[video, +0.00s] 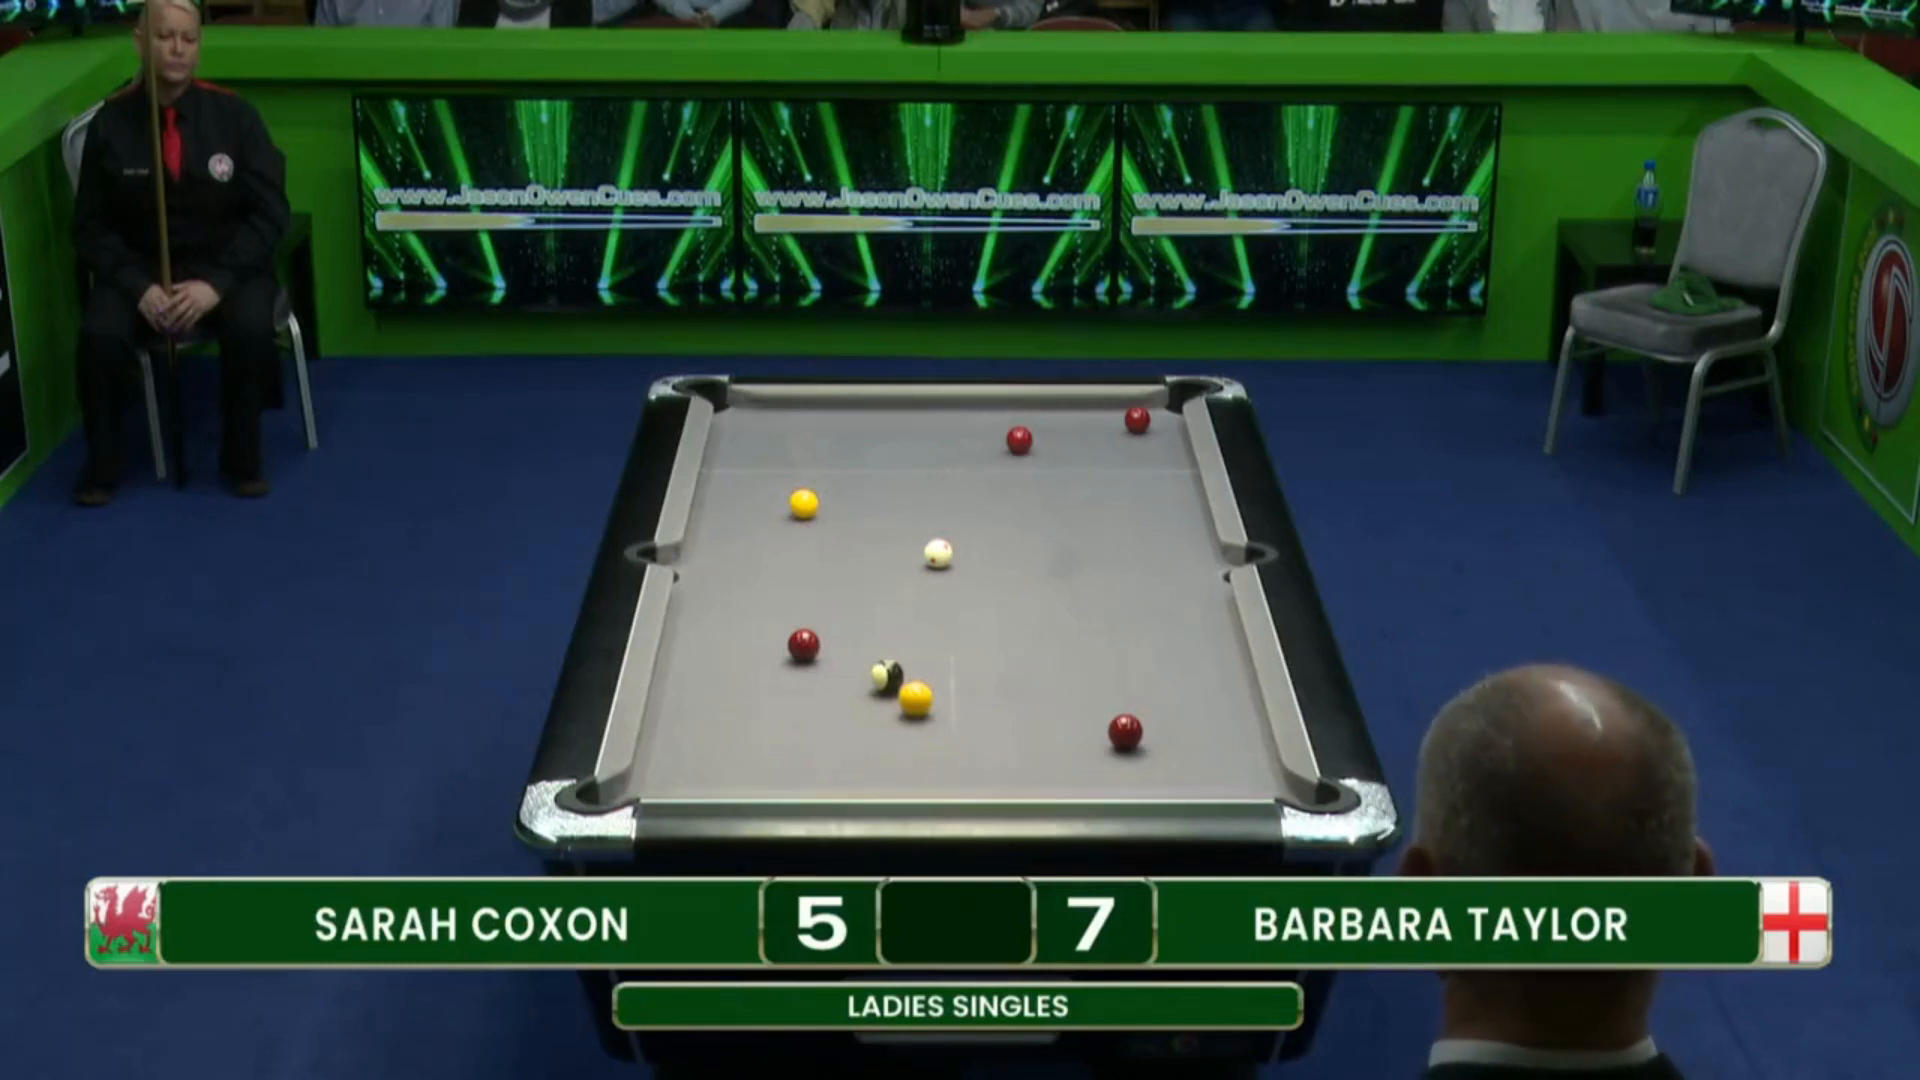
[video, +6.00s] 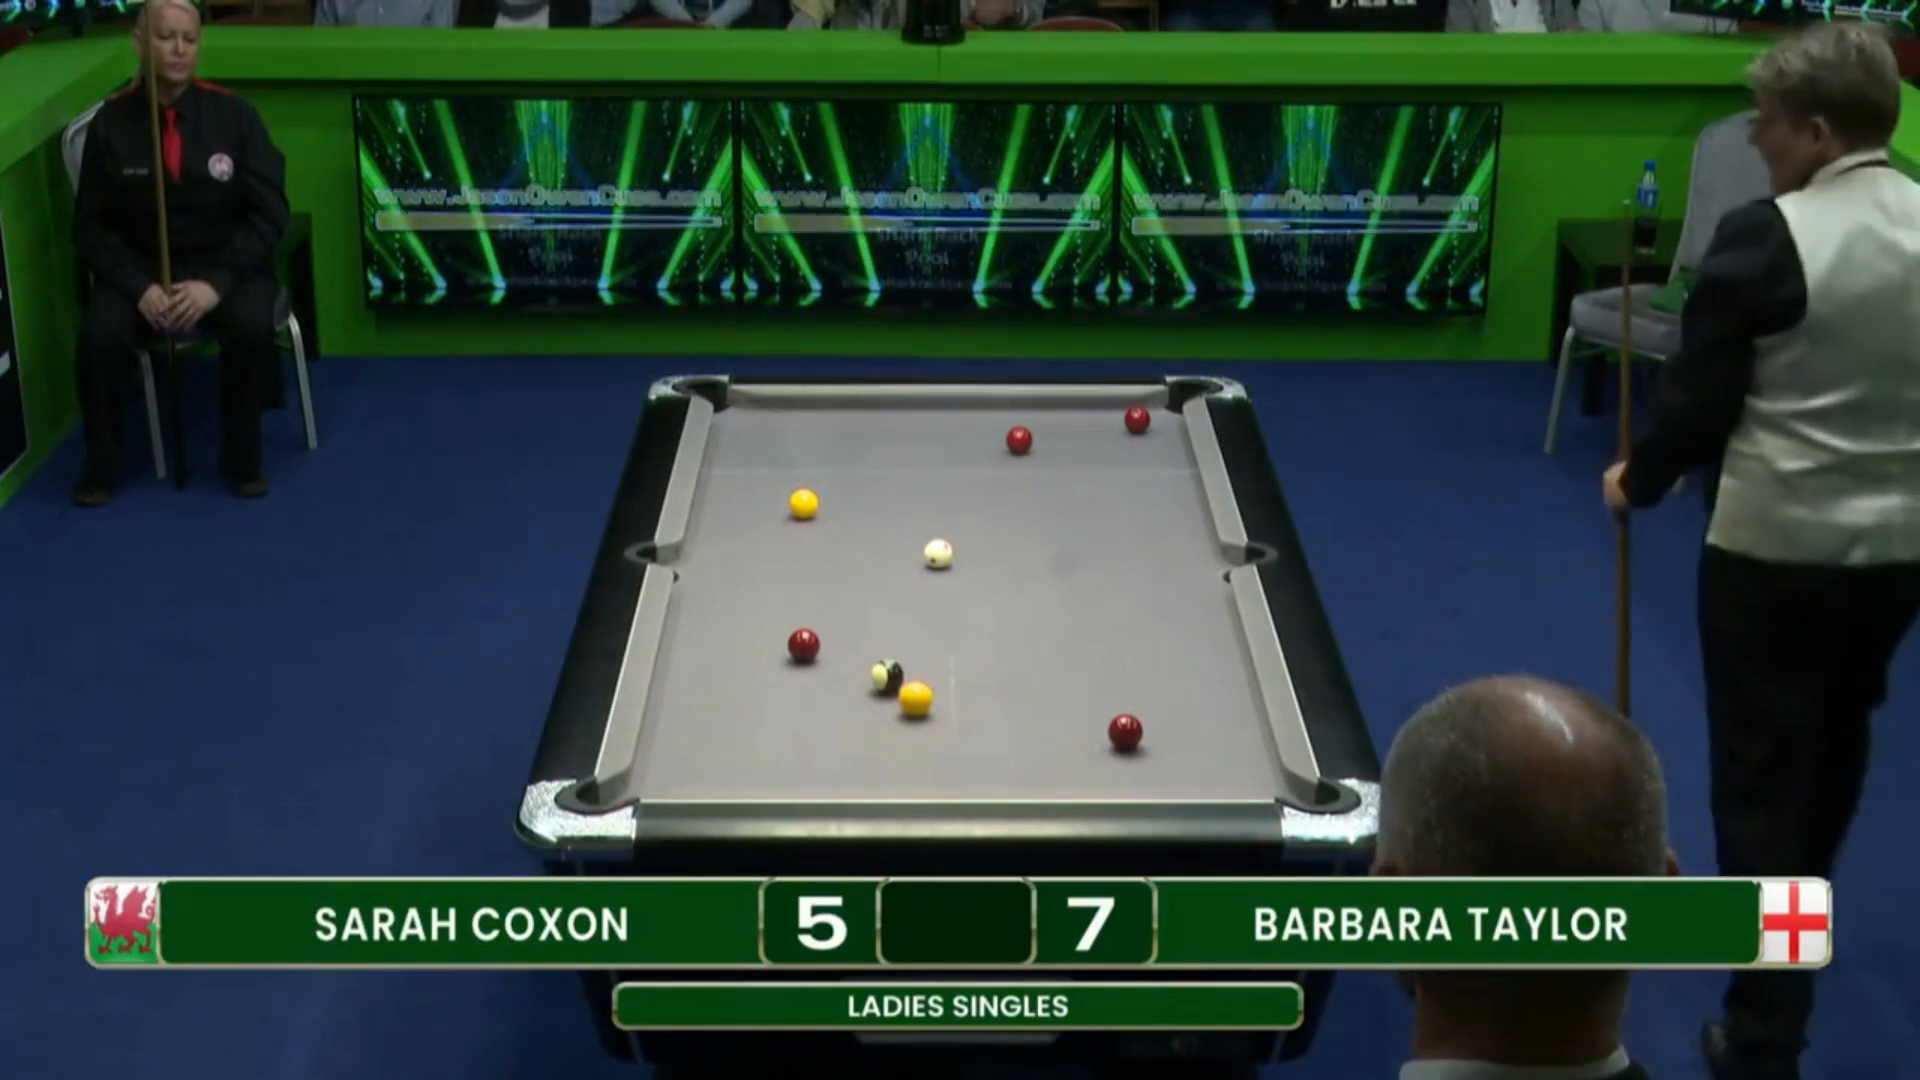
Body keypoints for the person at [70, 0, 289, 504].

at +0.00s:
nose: (178, 49)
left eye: (188, 38)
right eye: (165, 37)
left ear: (199, 44)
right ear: (141, 41)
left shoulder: (235, 115)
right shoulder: (111, 122)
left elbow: (269, 214)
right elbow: (90, 226)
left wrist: (213, 283)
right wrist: (140, 287)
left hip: (221, 267)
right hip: (138, 274)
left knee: (249, 329)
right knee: (101, 335)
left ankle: (243, 461)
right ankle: (102, 467)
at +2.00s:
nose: (179, 48)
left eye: (189, 38)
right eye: (165, 37)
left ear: (199, 44)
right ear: (141, 42)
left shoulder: (234, 115)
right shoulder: (111, 121)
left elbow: (269, 214)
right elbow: (90, 226)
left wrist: (214, 283)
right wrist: (140, 287)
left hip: (221, 267)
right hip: (138, 273)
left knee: (249, 329)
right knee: (100, 335)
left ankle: (244, 462)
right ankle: (101, 467)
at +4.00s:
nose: (179, 49)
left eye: (189, 38)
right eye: (165, 37)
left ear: (199, 44)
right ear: (140, 41)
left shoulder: (234, 115)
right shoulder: (111, 121)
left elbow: (269, 215)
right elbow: (91, 226)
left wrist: (214, 284)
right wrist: (140, 287)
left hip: (221, 268)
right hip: (139, 274)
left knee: (248, 328)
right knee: (101, 336)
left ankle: (243, 463)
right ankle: (101, 469)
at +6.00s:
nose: (180, 49)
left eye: (189, 38)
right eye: (166, 37)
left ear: (199, 45)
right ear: (140, 42)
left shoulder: (235, 116)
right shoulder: (111, 122)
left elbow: (269, 215)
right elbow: (90, 227)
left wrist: (214, 284)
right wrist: (140, 286)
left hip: (221, 267)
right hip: (138, 273)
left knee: (248, 327)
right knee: (100, 334)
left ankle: (243, 462)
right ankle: (101, 467)